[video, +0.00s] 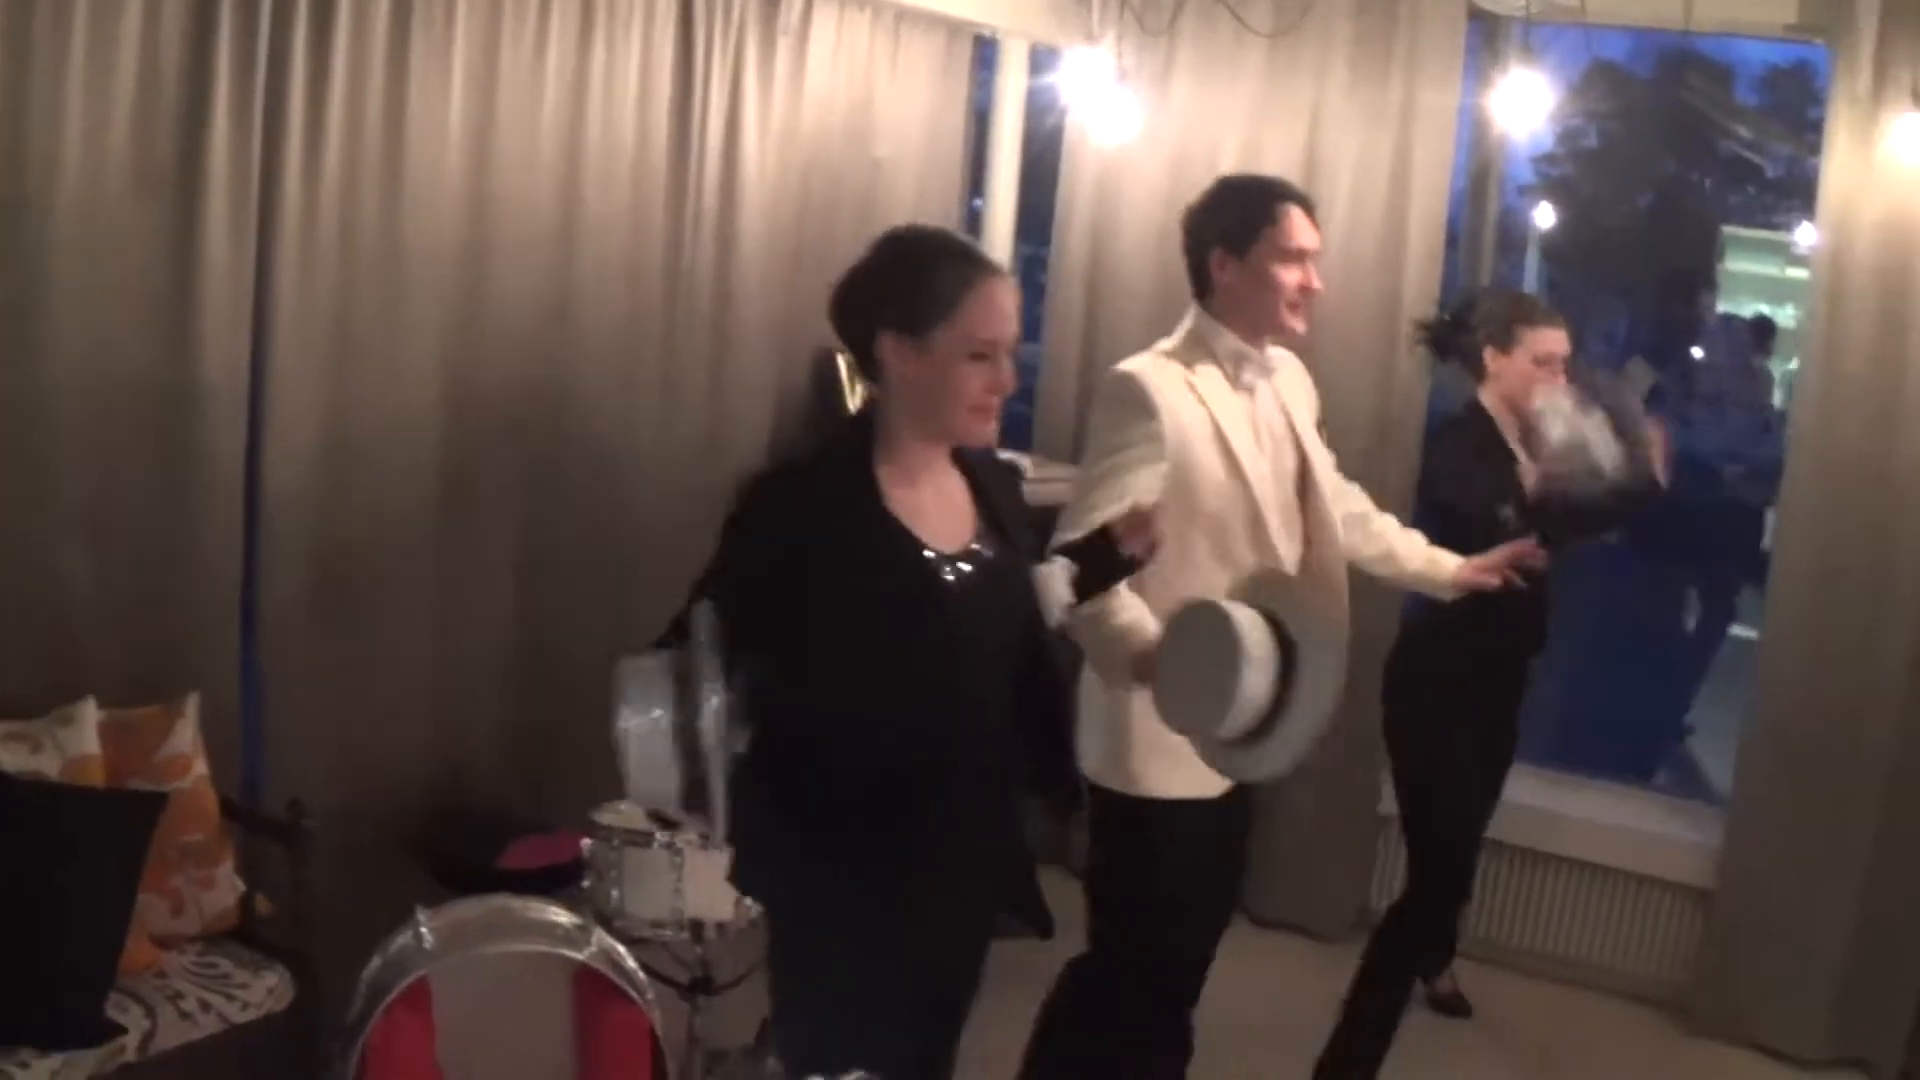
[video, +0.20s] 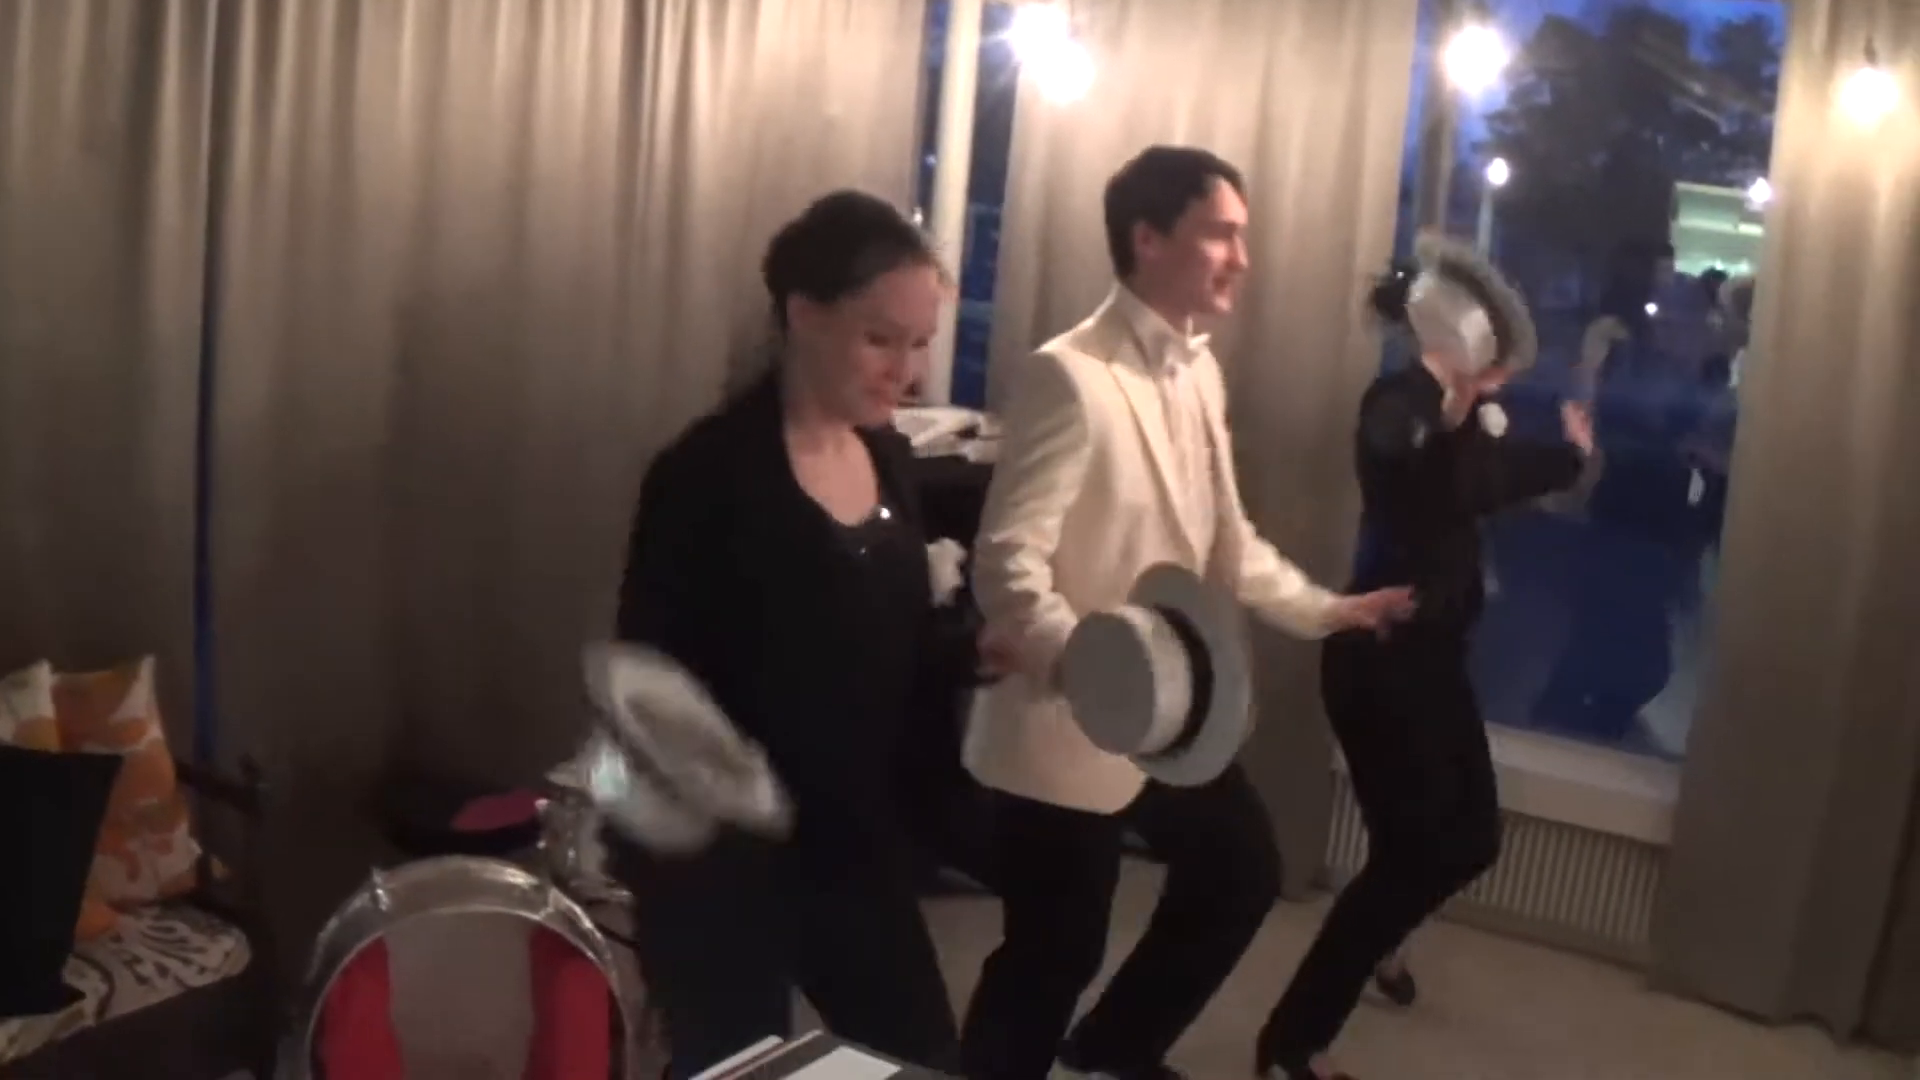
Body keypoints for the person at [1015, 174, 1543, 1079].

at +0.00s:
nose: (1312, 281)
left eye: (1315, 261)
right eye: (1292, 260)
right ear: (1221, 266)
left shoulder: (1285, 378)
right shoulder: (1149, 388)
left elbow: (1336, 511)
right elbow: (1088, 572)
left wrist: (1453, 571)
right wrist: (1163, 658)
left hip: (1230, 737)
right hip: (1147, 748)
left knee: (1176, 970)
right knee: (1131, 972)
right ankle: (1062, 1072)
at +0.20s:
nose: (1239, 258)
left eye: (1242, 237)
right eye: (1218, 235)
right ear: (1144, 242)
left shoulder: (1194, 372)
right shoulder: (1069, 375)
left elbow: (1223, 541)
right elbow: (1008, 555)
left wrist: (1329, 610)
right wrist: (1078, 651)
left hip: (1160, 716)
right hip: (1056, 728)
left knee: (1239, 871)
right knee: (1051, 951)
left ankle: (1114, 1054)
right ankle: (995, 1070)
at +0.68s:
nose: (1191, 190)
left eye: (1194, 169)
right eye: (1170, 166)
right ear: (1095, 168)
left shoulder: (1137, 306)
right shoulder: (1021, 307)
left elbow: (1148, 489)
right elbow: (978, 489)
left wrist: (1250, 542)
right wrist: (1053, 581)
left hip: (1118, 677)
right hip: (1024, 683)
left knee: (1179, 876)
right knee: (995, 916)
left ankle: (1087, 1068)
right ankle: (957, 1073)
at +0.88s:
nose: (1220, 211)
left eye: (1223, 190)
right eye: (1203, 187)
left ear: (1159, 192)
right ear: (1129, 184)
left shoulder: (1131, 310)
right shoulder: (1054, 291)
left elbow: (1138, 508)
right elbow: (970, 440)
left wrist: (1267, 576)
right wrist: (1077, 506)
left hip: (1092, 642)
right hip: (1014, 651)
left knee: (1210, 806)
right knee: (1013, 910)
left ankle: (1073, 1012)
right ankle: (982, 1053)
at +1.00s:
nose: (1241, 206)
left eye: (1244, 186)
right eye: (1224, 182)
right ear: (1152, 179)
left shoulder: (1169, 302)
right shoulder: (1084, 266)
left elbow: (1155, 508)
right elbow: (983, 369)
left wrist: (1271, 579)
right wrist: (1087, 401)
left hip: (1107, 618)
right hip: (1019, 614)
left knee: (1166, 820)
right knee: (1004, 851)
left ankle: (1059, 1022)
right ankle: (968, 1034)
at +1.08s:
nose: (1247, 208)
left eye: (1251, 188)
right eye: (1230, 184)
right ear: (1158, 182)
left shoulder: (1170, 305)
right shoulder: (1087, 274)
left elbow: (1161, 502)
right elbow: (984, 375)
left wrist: (1272, 576)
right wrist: (1093, 399)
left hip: (1108, 621)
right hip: (1025, 616)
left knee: (1126, 843)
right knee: (1014, 846)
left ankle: (1052, 1041)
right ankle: (971, 1041)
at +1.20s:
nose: (1243, 196)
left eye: (1246, 174)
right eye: (1226, 173)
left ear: (1186, 178)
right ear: (1151, 172)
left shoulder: (1174, 293)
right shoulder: (1067, 283)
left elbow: (1154, 488)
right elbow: (1000, 453)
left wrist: (1258, 549)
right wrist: (1097, 503)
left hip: (1121, 613)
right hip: (1037, 616)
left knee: (1127, 834)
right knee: (1037, 843)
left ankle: (1047, 1039)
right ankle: (983, 1039)